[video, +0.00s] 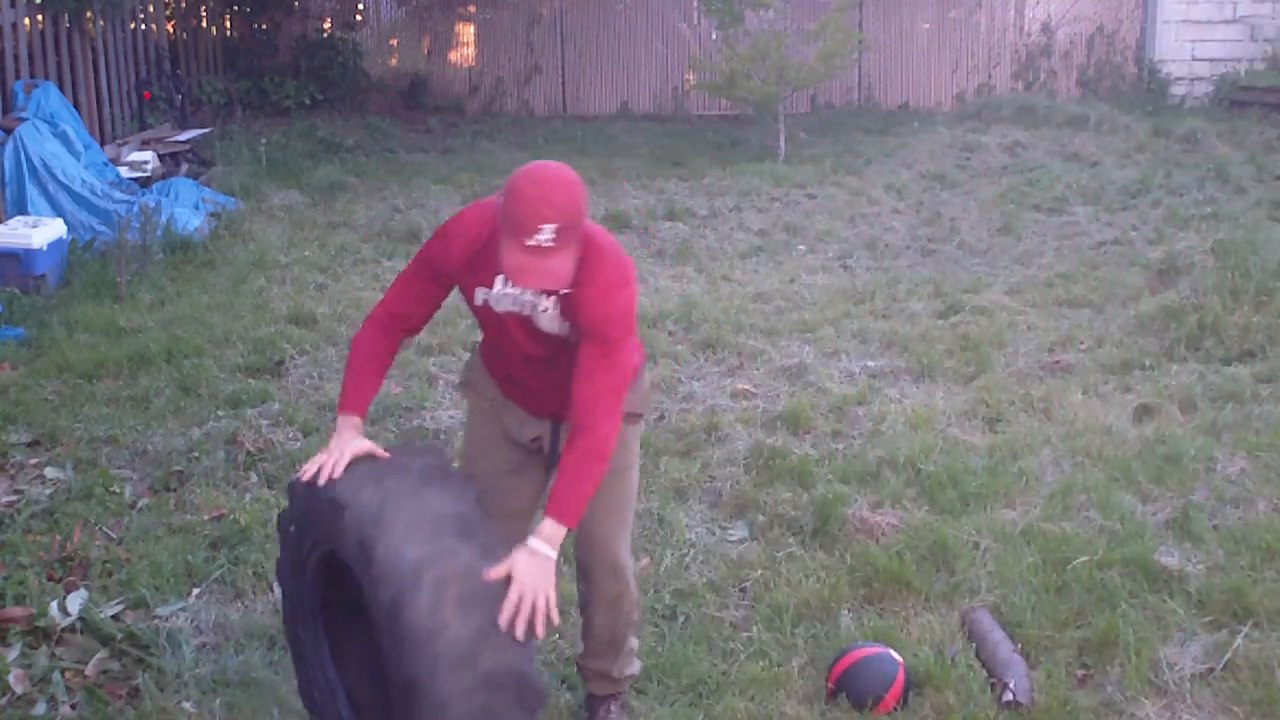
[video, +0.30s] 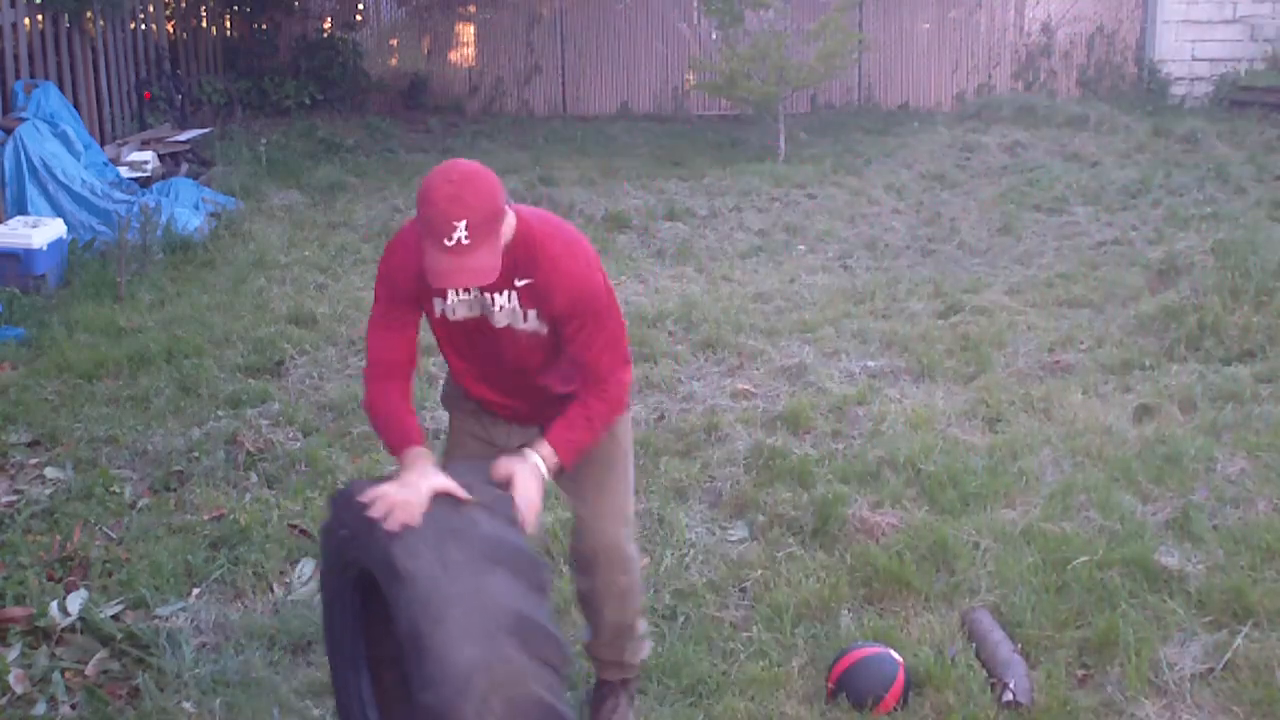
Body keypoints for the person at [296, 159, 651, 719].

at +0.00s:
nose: (539, 277)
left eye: (552, 266)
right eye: (526, 265)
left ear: (578, 239)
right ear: (501, 230)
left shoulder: (607, 272)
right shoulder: (465, 239)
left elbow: (596, 421)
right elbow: (387, 324)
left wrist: (546, 544)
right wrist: (348, 426)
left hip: (602, 409)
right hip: (504, 396)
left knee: (605, 556)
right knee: (486, 548)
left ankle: (607, 691)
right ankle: (483, 684)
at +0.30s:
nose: (462, 277)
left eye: (475, 262)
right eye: (449, 265)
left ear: (506, 226)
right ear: (424, 236)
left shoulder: (562, 258)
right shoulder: (410, 255)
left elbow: (609, 384)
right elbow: (385, 373)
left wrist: (541, 457)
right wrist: (413, 457)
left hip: (585, 411)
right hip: (483, 412)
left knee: (605, 546)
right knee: (459, 548)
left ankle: (615, 678)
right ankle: (462, 683)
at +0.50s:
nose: (513, 259)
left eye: (525, 244)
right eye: (499, 247)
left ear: (545, 217)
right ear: (468, 227)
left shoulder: (592, 250)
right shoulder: (433, 267)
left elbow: (595, 371)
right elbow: (426, 390)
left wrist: (524, 457)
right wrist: (445, 495)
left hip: (594, 404)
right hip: (490, 415)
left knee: (635, 552)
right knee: (480, 569)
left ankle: (663, 705)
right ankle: (484, 705)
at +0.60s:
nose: (583, 251)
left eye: (594, 235)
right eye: (569, 234)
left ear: (612, 221)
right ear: (529, 217)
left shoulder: (638, 268)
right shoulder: (479, 260)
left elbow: (605, 397)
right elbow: (431, 379)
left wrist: (527, 471)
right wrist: (422, 482)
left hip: (611, 423)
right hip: (502, 430)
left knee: (648, 563)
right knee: (486, 580)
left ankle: (669, 706)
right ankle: (483, 705)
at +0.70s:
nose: (655, 265)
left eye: (667, 252)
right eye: (645, 248)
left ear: (683, 238)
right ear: (601, 218)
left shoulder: (688, 285)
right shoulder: (534, 257)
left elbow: (635, 416)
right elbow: (460, 376)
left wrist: (551, 484)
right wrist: (427, 506)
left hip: (625, 447)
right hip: (515, 447)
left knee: (660, 585)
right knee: (486, 596)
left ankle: (674, 712)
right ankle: (474, 709)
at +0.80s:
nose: (713, 280)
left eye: (722, 266)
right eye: (704, 261)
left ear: (735, 248)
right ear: (661, 229)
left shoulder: (724, 296)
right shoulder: (572, 267)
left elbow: (678, 431)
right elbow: (506, 395)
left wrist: (583, 494)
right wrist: (479, 535)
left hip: (642, 461)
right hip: (539, 457)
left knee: (672, 618)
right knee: (500, 617)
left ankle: (677, 711)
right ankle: (492, 709)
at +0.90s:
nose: (732, 285)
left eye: (746, 272)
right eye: (725, 263)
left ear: (760, 260)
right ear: (683, 227)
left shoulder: (742, 303)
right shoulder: (589, 273)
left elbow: (695, 437)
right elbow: (535, 414)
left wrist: (605, 504)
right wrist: (545, 557)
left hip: (655, 459)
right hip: (552, 452)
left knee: (683, 611)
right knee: (537, 620)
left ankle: (685, 710)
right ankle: (525, 710)